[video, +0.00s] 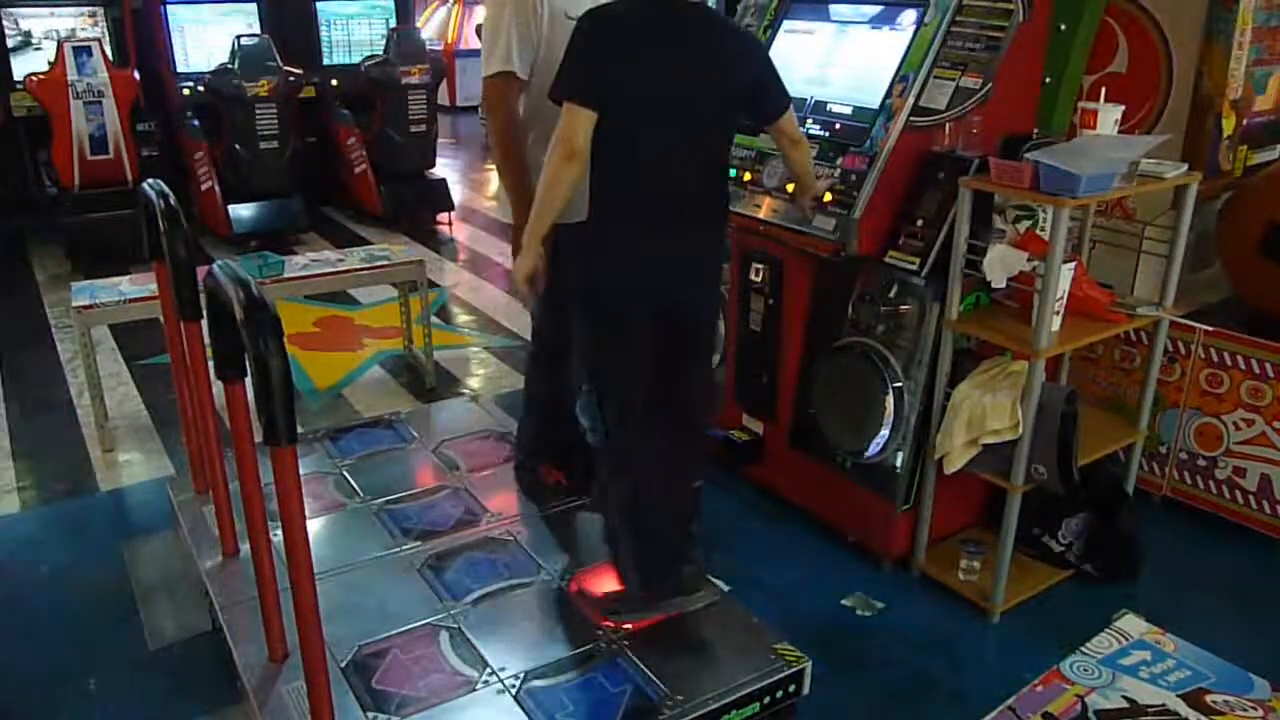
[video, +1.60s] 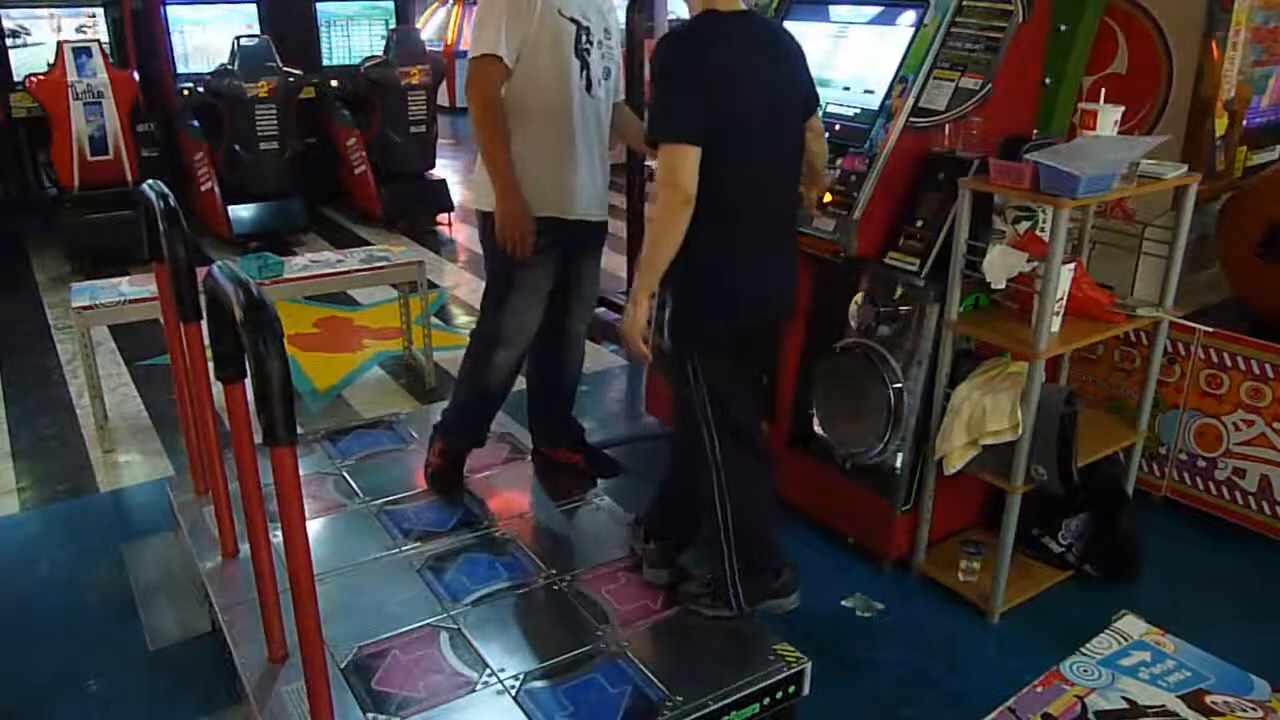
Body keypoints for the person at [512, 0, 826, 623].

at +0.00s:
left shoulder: (604, 27)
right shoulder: (737, 44)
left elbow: (570, 146)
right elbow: (792, 141)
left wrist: (533, 237)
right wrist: (807, 183)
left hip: (613, 253)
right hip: (694, 261)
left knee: (623, 411)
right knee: (682, 408)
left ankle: (648, 577)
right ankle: (675, 559)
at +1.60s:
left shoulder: (683, 48)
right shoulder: (782, 43)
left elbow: (677, 189)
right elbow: (815, 160)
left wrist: (642, 292)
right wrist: (805, 189)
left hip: (706, 274)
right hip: (769, 270)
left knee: (728, 430)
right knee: (706, 419)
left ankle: (757, 574)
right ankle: (664, 537)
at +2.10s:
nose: (651, 4)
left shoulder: (714, 60)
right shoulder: (751, 48)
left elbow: (714, 199)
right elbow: (796, 168)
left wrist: (655, 304)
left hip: (720, 294)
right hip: (748, 285)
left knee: (729, 441)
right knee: (676, 418)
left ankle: (757, 582)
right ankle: (662, 540)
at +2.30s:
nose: (632, 3)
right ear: (664, 1)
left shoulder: (718, 58)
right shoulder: (684, 57)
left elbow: (731, 199)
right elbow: (681, 170)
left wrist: (676, 317)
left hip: (728, 299)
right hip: (684, 288)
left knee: (728, 445)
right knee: (638, 422)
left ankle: (760, 578)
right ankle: (645, 546)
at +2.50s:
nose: (593, 3)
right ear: (606, 4)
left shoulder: (693, 55)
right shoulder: (634, 54)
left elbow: (719, 195)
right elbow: (646, 182)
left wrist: (686, 317)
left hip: (686, 300)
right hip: (640, 293)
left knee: (706, 444)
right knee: (615, 427)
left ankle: (755, 567)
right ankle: (610, 549)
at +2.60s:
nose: (570, 5)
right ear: (597, 0)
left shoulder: (675, 49)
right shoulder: (610, 52)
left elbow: (703, 187)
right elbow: (621, 180)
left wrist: (679, 314)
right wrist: (605, 286)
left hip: (665, 293)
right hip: (615, 285)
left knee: (679, 440)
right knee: (605, 426)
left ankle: (741, 563)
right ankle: (608, 553)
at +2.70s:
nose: (552, 6)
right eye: (548, 2)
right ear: (563, 4)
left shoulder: (658, 54)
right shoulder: (576, 55)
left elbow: (689, 187)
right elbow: (589, 177)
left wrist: (663, 311)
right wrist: (569, 259)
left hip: (639, 280)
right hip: (591, 273)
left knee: (639, 425)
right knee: (594, 417)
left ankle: (716, 553)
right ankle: (602, 550)